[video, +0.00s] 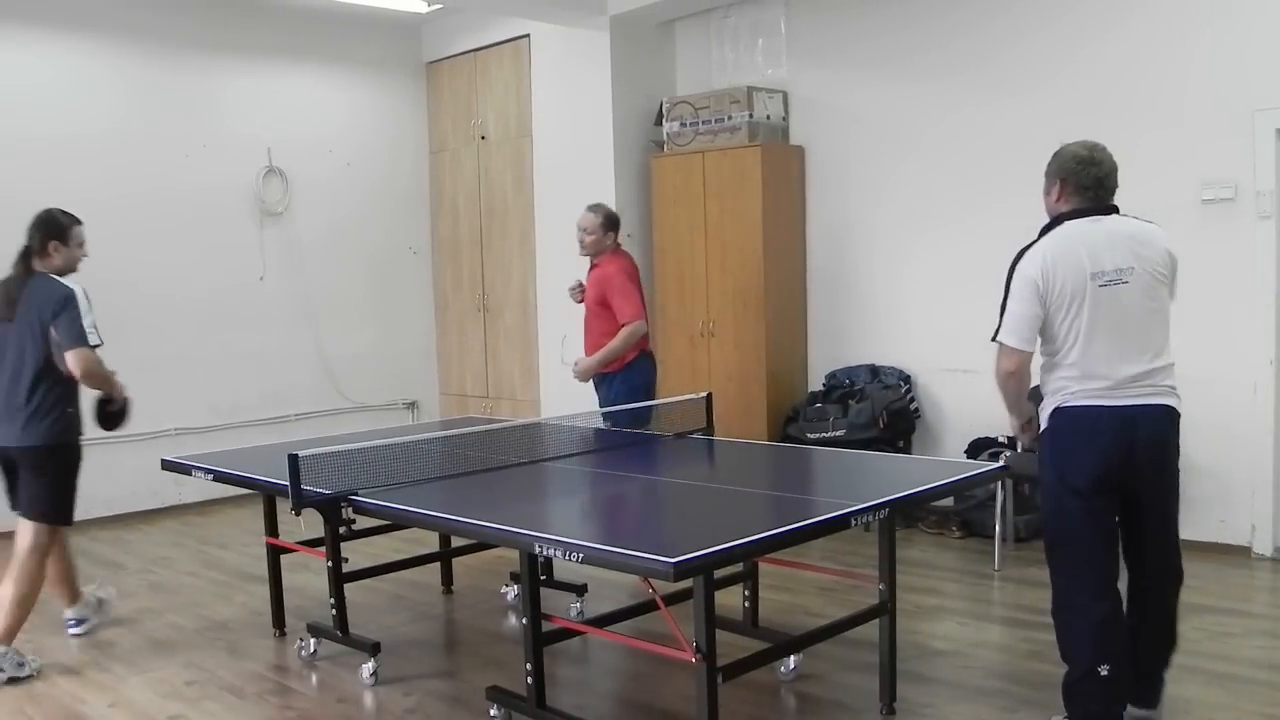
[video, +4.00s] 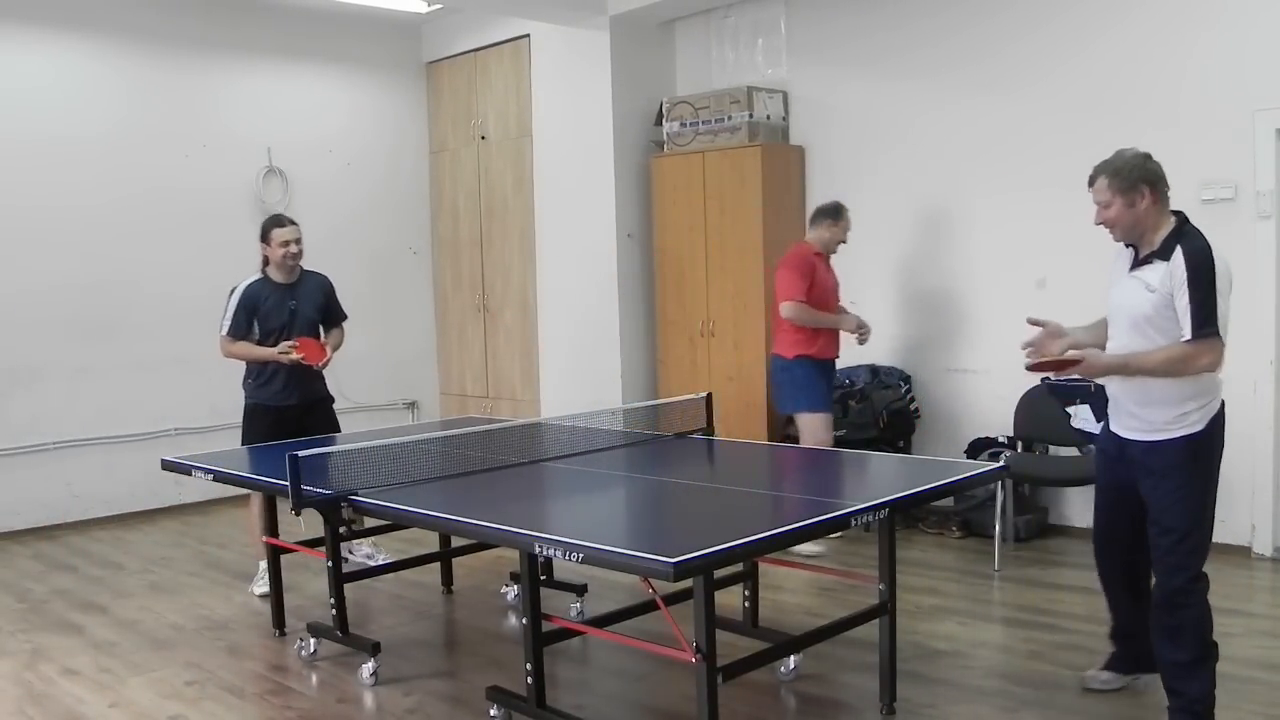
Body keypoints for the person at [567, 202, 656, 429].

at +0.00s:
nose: (580, 238)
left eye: (587, 232)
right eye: (579, 231)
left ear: (609, 237)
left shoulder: (616, 268)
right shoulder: (602, 262)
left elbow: (636, 325)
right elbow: (613, 297)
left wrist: (594, 363)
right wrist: (586, 294)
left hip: (627, 371)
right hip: (613, 371)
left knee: (627, 450)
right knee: (622, 449)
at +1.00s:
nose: (577, 235)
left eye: (585, 229)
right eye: (571, 228)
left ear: (599, 232)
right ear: (564, 230)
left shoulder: (616, 270)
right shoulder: (557, 265)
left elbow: (643, 316)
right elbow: (551, 297)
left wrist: (622, 355)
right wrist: (539, 311)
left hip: (606, 377)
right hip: (565, 376)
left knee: (608, 451)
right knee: (566, 451)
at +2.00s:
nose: (564, 228)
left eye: (564, 222)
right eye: (555, 223)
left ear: (568, 225)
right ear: (536, 232)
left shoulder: (588, 258)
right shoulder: (524, 280)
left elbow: (610, 294)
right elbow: (509, 328)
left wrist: (625, 315)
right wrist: (533, 331)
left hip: (605, 364)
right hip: (561, 372)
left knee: (627, 433)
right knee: (562, 442)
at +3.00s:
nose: (712, 242)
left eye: (713, 235)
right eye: (709, 233)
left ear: (695, 233)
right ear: (692, 232)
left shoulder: (701, 271)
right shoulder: (663, 270)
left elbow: (705, 315)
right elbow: (639, 315)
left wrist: (735, 333)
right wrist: (689, 329)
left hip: (702, 370)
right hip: (675, 373)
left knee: (702, 443)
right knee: (683, 445)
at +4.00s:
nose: (844, 241)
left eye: (846, 235)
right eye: (842, 234)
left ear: (828, 228)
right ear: (825, 227)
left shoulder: (821, 263)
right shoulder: (798, 259)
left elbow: (829, 307)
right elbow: (790, 308)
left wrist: (856, 322)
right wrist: (840, 322)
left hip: (817, 363)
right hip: (800, 364)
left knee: (816, 444)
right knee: (818, 444)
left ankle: (813, 522)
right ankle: (802, 528)